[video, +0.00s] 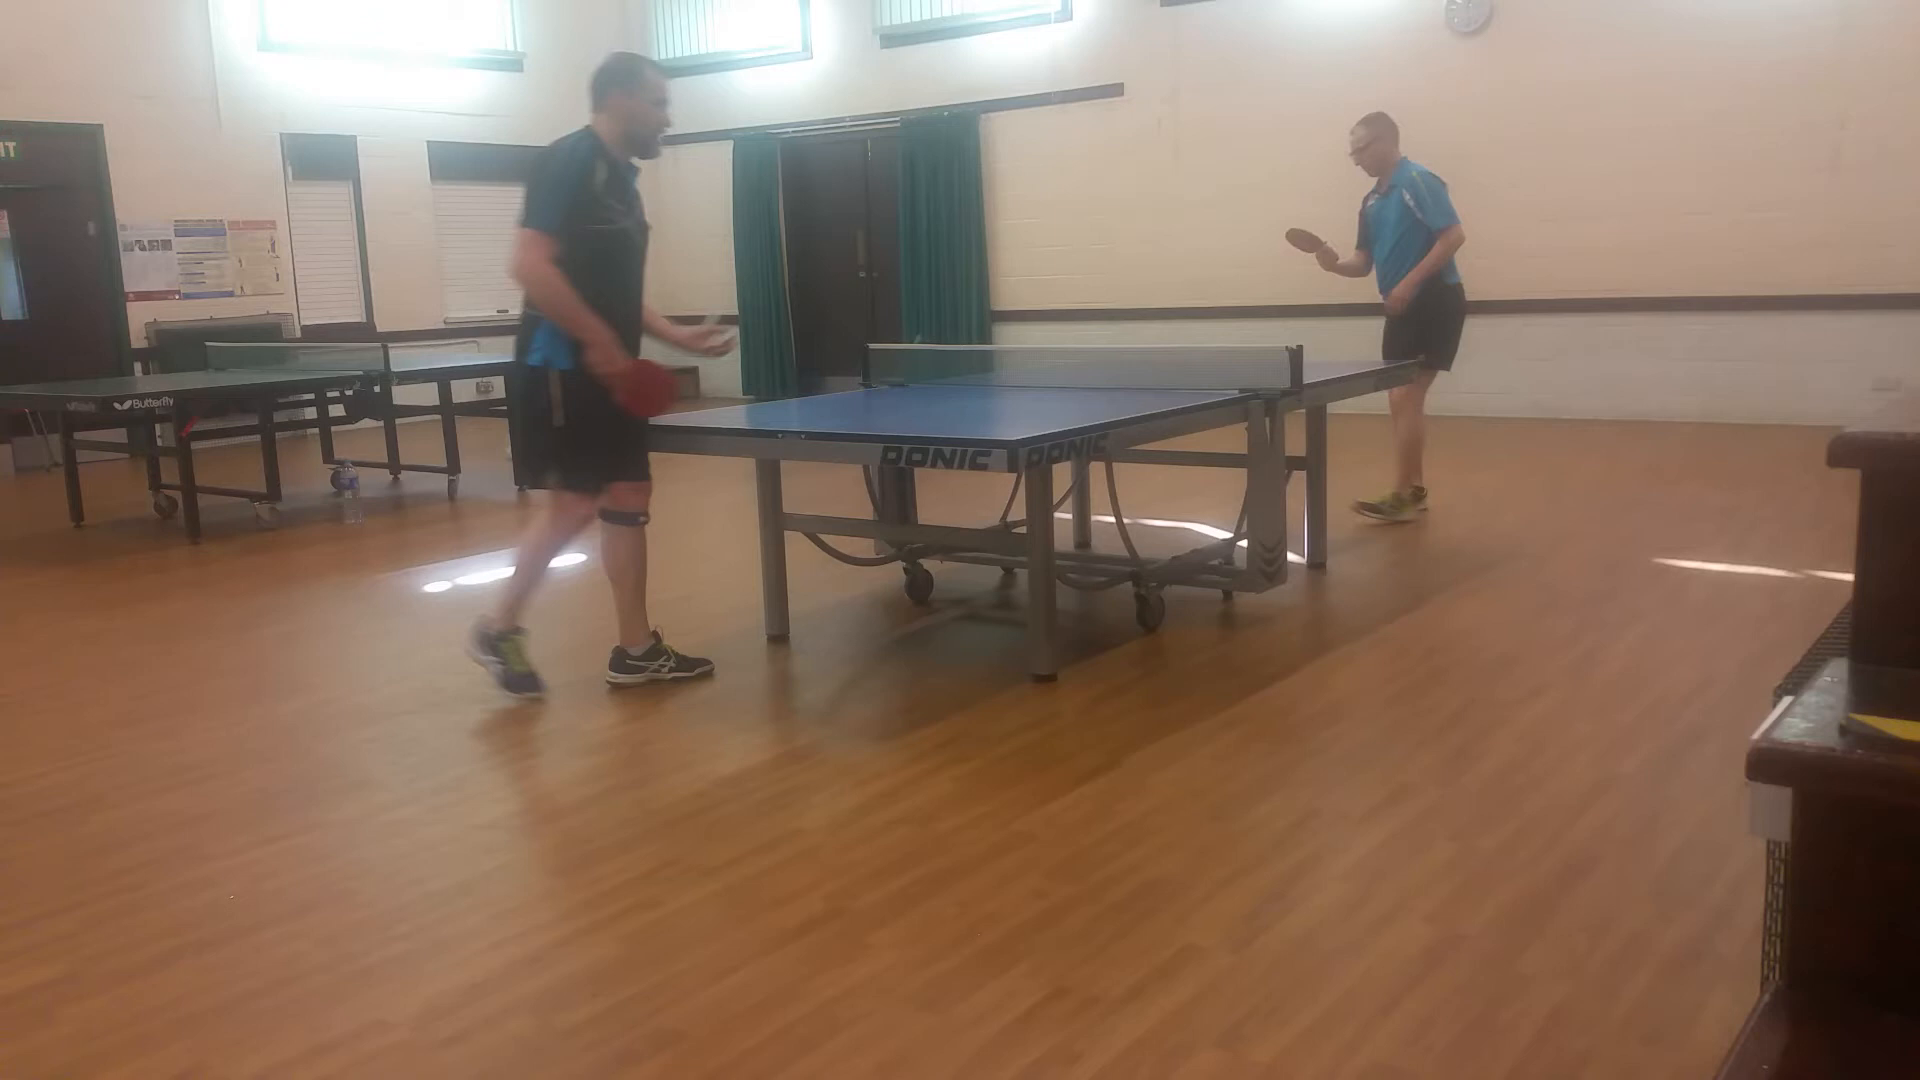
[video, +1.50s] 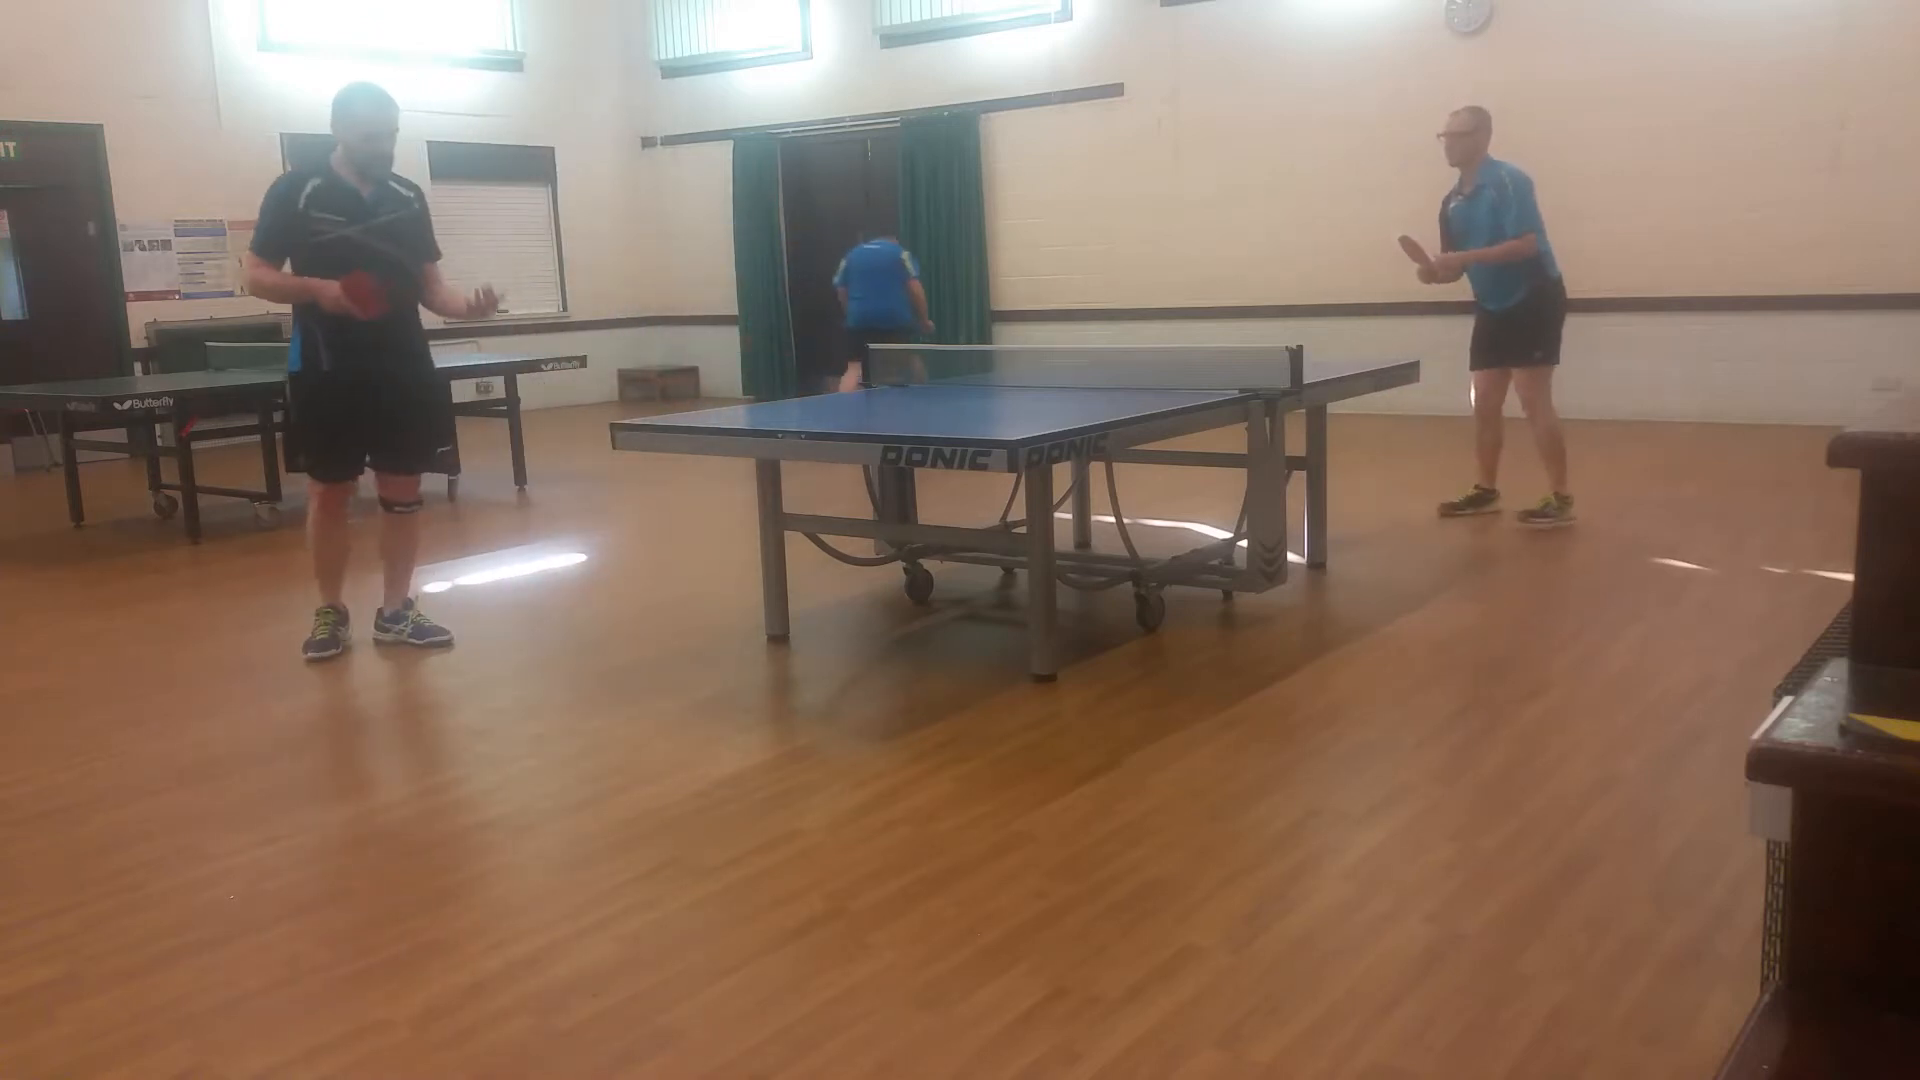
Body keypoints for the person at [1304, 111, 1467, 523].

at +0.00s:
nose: (1356, 158)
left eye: (1361, 148)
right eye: (1353, 151)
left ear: (1387, 142)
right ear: (1361, 152)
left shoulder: (1418, 179)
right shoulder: (1371, 201)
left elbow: (1453, 235)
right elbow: (1362, 263)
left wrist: (1409, 283)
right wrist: (1335, 263)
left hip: (1434, 298)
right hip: (1403, 303)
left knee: (1407, 397)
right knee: (1402, 399)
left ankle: (1404, 495)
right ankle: (1411, 490)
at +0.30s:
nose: (1387, 150)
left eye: (1394, 140)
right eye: (1385, 143)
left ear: (1420, 137)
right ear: (1394, 145)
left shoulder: (1449, 180)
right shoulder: (1399, 198)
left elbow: (1455, 242)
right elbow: (1386, 260)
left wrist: (1395, 252)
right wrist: (1347, 246)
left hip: (1457, 301)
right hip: (1419, 305)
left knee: (1451, 397)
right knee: (1411, 398)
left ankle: (1497, 491)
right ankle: (1414, 489)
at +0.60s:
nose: (1432, 149)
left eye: (1438, 140)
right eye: (1430, 141)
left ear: (1464, 137)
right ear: (1448, 143)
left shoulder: (1494, 182)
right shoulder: (1440, 199)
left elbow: (1477, 243)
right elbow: (1427, 261)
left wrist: (1408, 237)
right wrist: (1393, 259)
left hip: (1502, 307)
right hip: (1461, 310)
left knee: (1507, 408)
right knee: (1441, 404)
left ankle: (1540, 500)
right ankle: (1420, 489)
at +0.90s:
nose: (1455, 144)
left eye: (1463, 134)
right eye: (1454, 136)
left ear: (1489, 132)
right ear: (1470, 137)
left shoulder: (1523, 176)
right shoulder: (1466, 193)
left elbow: (1509, 241)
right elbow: (1456, 257)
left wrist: (1438, 234)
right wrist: (1425, 257)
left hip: (1532, 302)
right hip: (1491, 305)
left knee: (1526, 401)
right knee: (1471, 396)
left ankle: (1542, 501)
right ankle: (1475, 489)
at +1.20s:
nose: (1454, 144)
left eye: (1461, 135)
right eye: (1452, 136)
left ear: (1488, 133)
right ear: (1465, 137)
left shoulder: (1521, 178)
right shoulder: (1461, 196)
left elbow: (1511, 243)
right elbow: (1454, 261)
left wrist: (1444, 236)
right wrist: (1430, 260)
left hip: (1534, 301)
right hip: (1492, 304)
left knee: (1530, 399)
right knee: (1483, 397)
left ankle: (1542, 501)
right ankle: (1485, 489)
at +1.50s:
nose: (1444, 144)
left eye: (1452, 137)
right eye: (1443, 137)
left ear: (1479, 138)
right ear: (1454, 141)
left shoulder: (1512, 181)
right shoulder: (1451, 203)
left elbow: (1529, 245)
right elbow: (1457, 268)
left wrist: (1462, 260)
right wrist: (1433, 272)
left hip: (1535, 297)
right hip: (1492, 304)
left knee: (1535, 398)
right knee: (1485, 399)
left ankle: (1561, 498)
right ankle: (1485, 490)